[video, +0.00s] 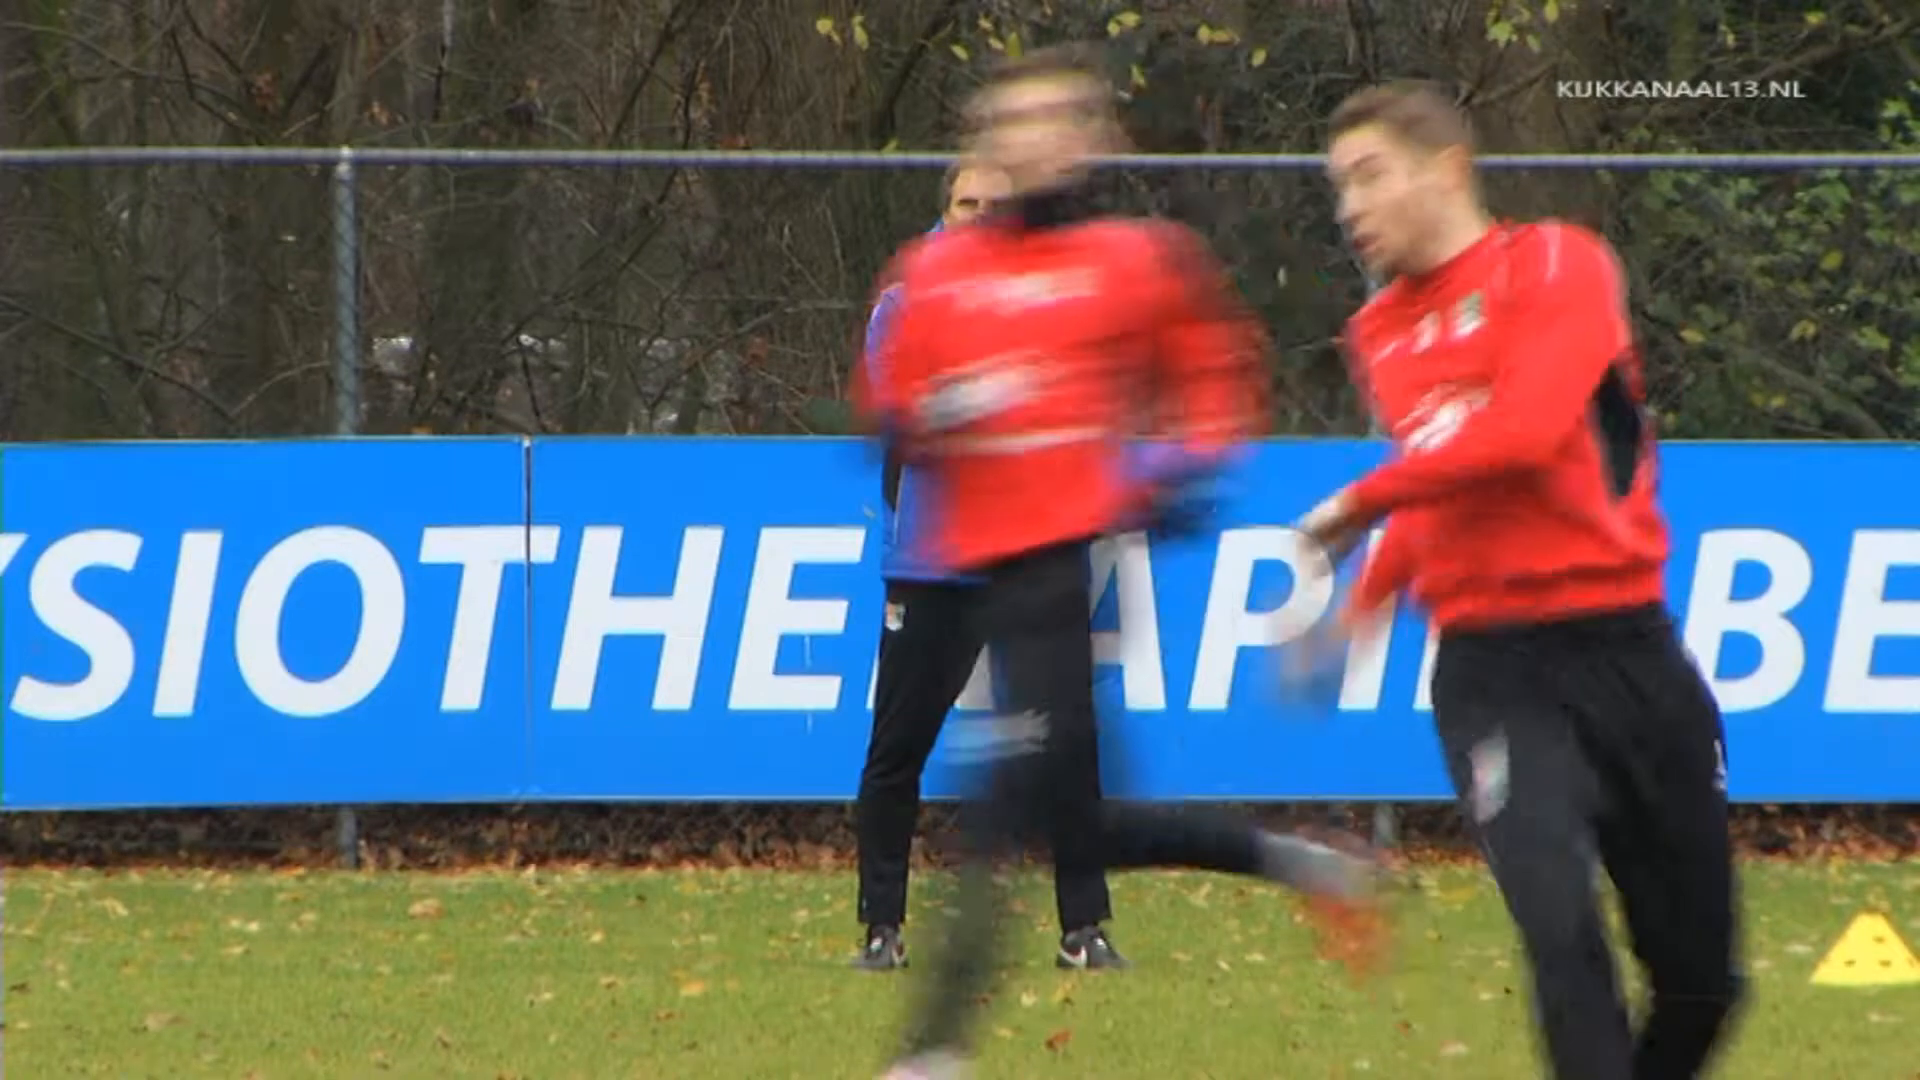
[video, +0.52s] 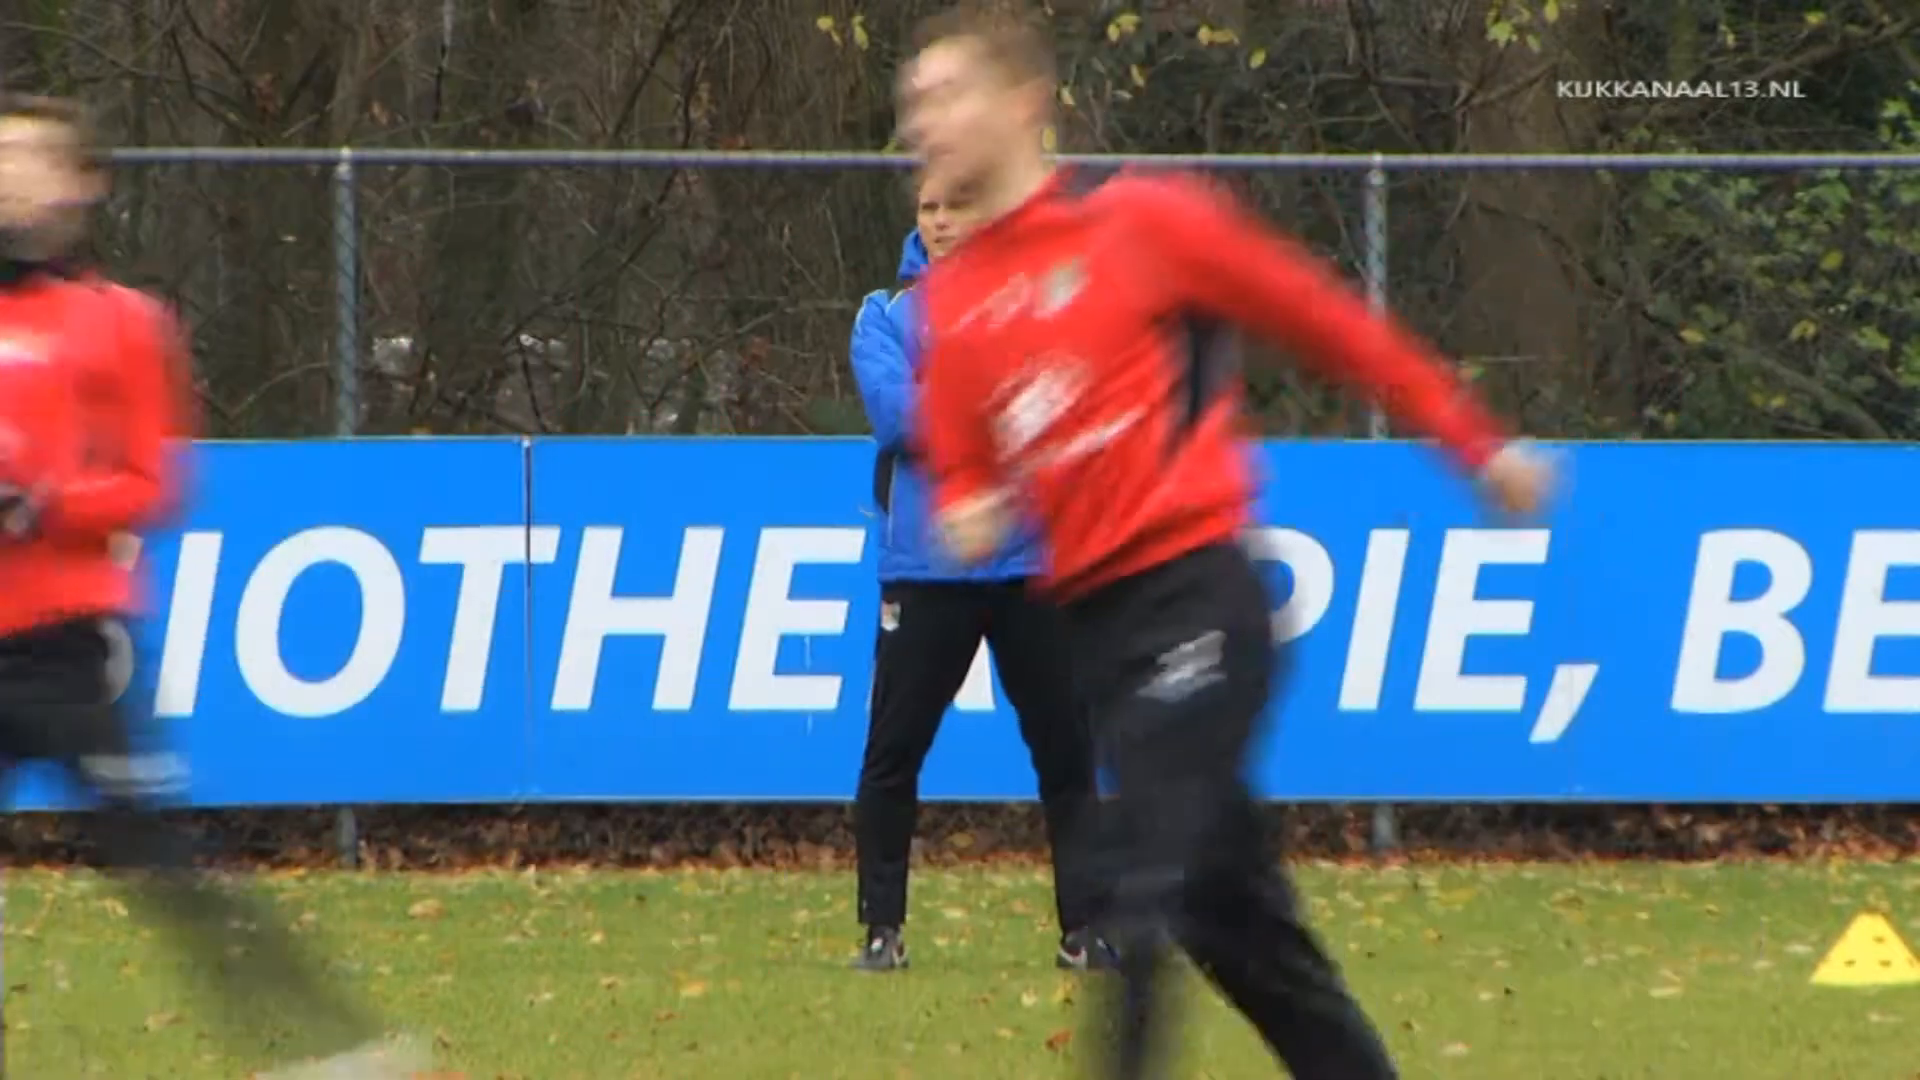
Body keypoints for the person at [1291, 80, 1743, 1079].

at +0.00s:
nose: (1348, 209)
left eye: (1367, 177)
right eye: (1339, 188)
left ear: (1447, 166)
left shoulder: (1562, 259)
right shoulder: (1378, 331)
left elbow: (1529, 429)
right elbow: (1434, 489)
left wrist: (1365, 496)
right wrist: (1360, 607)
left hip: (1624, 650)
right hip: (1491, 664)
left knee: (1701, 983)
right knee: (1564, 942)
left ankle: (1644, 1069)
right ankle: (1599, 1070)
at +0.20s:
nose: (1225, 163)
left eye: (1241, 134)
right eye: (1218, 141)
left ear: (1320, 130)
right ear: (1230, 160)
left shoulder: (1447, 241)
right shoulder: (1233, 304)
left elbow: (1566, 400)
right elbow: (1255, 485)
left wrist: (1480, 482)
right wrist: (1255, 610)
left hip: (1517, 623)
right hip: (1379, 661)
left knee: (1604, 879)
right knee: (1504, 945)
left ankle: (1702, 1066)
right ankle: (1572, 1074)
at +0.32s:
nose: (1115, 63)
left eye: (1137, 33)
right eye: (1109, 40)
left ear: (1220, 37)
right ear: (1119, 61)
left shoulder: (1334, 154)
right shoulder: (1128, 215)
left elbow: (1481, 285)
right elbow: (1130, 376)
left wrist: (1570, 457)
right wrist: (1153, 429)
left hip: (1395, 531)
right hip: (1272, 565)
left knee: (1436, 824)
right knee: (1370, 852)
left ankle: (1504, 1060)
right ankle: (1477, 1060)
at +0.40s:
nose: (1038, 47)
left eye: (1065, 21)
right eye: (1032, 28)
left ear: (1148, 31)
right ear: (1032, 52)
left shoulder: (1257, 150)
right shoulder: (1053, 215)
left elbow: (1430, 272)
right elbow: (1062, 390)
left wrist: (1571, 431)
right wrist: (1085, 443)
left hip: (1321, 518)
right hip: (1203, 551)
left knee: (1320, 838)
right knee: (1277, 849)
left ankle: (1406, 1060)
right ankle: (1407, 1057)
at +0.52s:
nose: (915, 125)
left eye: (939, 97)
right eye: (911, 104)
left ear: (1027, 102)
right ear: (922, 122)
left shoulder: (1143, 217)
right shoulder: (951, 292)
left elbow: (1329, 318)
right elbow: (954, 457)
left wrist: (1479, 445)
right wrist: (967, 505)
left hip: (1199, 593)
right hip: (1095, 621)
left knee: (1142, 880)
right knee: (1233, 912)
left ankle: (1123, 1062)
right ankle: (1356, 1067)